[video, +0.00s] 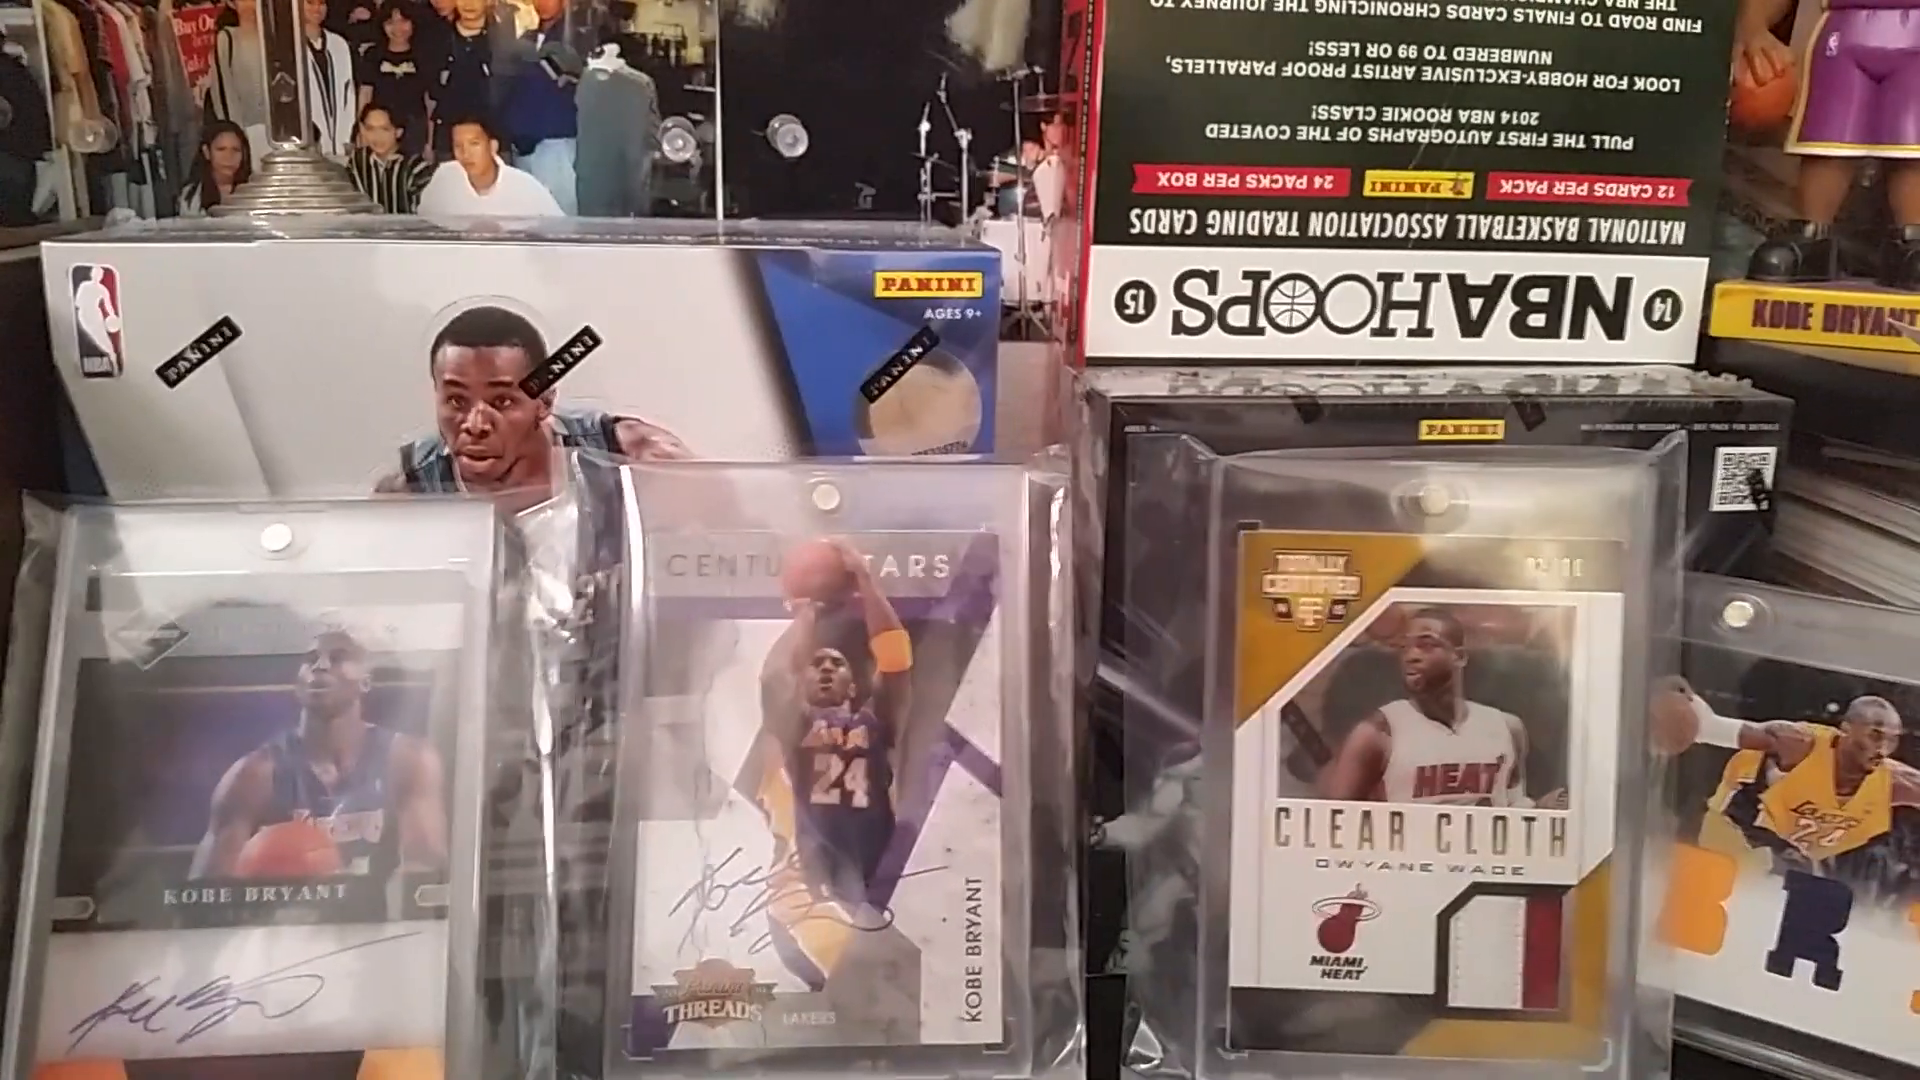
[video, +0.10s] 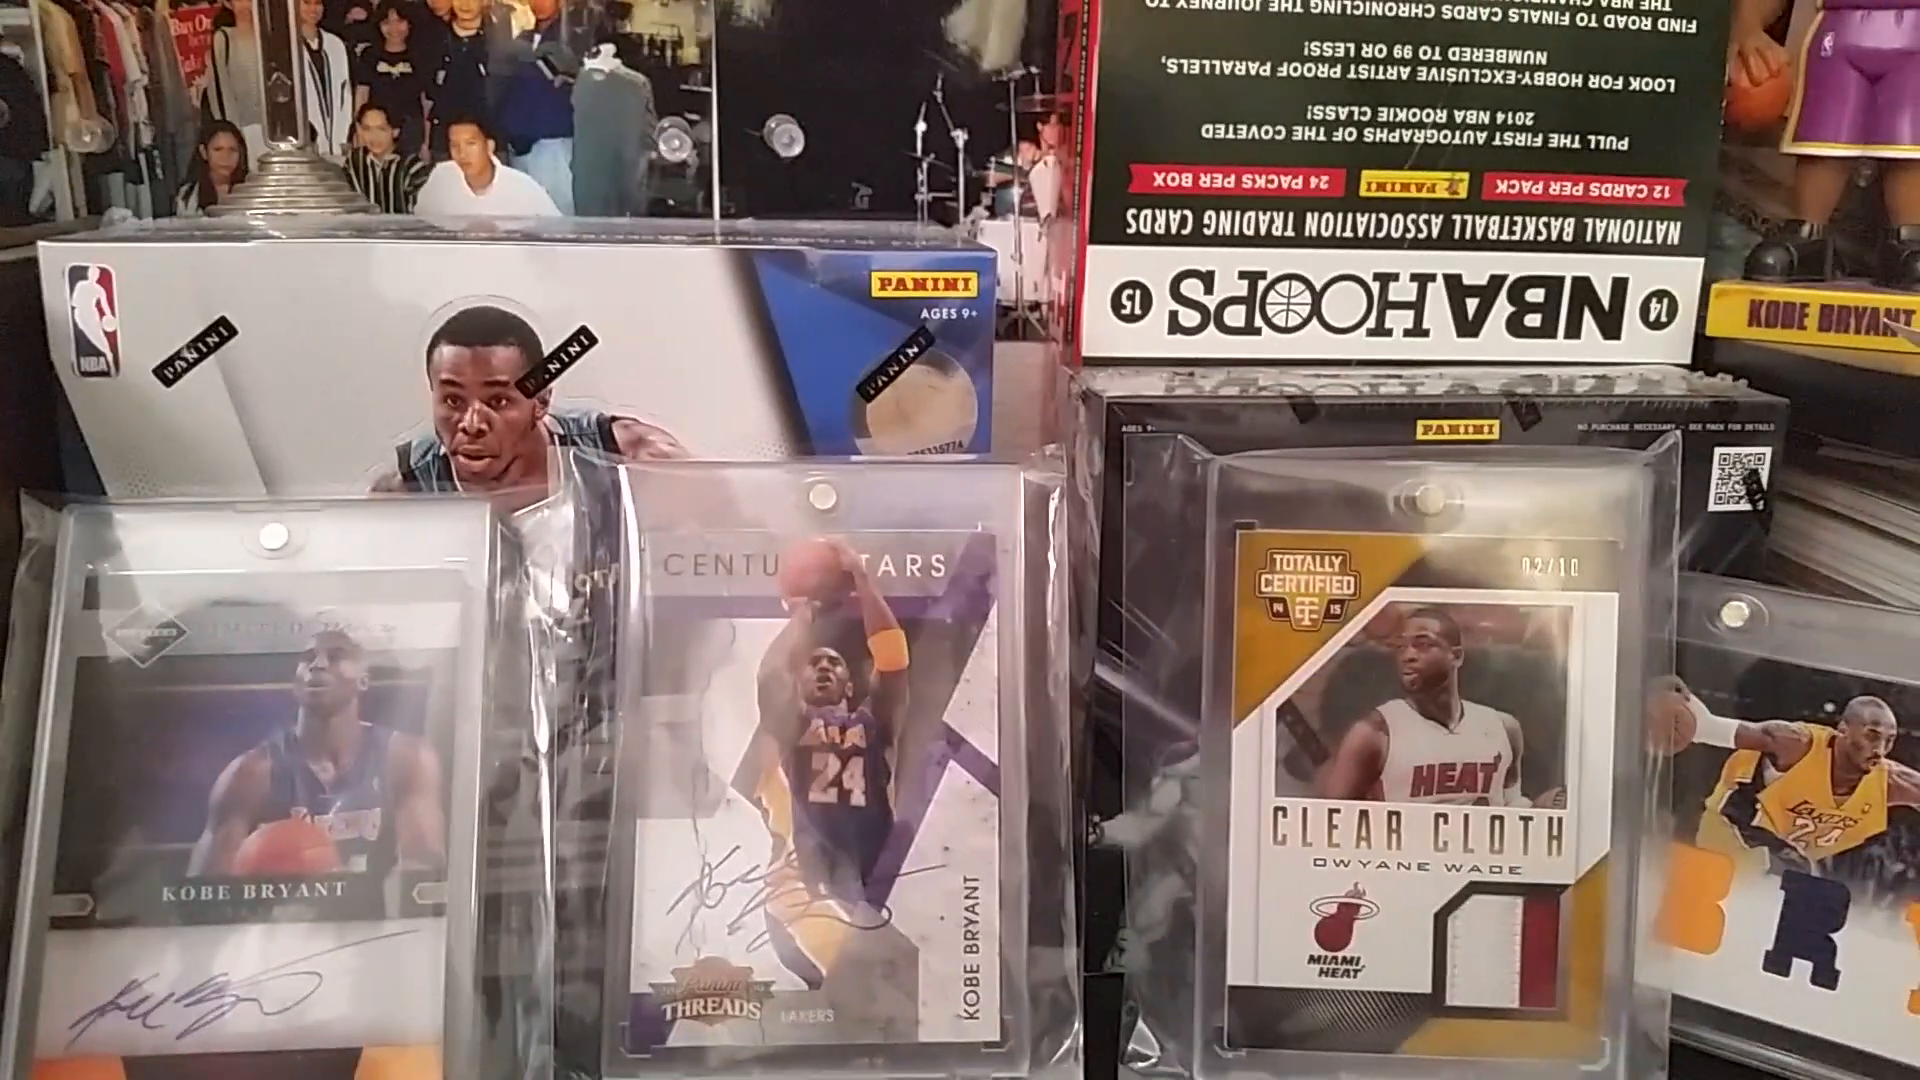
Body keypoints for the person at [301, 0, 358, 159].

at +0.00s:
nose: (318, 8)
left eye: (322, 3)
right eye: (311, 3)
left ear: (326, 8)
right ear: (299, 6)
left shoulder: (341, 44)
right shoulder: (292, 47)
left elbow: (350, 91)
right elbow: (290, 98)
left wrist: (348, 137)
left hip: (343, 144)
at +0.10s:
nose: (314, 8)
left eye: (318, 3)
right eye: (307, 3)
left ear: (323, 8)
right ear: (296, 6)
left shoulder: (337, 44)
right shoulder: (288, 47)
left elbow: (347, 90)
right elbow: (286, 97)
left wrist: (345, 137)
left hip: (339, 143)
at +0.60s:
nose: (311, 9)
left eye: (316, 4)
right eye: (305, 3)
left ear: (321, 8)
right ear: (293, 6)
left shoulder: (333, 43)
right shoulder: (287, 46)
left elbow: (343, 90)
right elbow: (286, 95)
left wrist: (340, 136)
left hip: (334, 141)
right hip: (305, 143)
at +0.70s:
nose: (315, 9)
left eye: (319, 4)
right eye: (308, 3)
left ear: (324, 8)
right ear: (296, 7)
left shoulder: (336, 44)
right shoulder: (289, 47)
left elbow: (346, 90)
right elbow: (288, 96)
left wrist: (344, 136)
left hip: (338, 142)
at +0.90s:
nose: (334, 10)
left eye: (338, 4)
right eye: (326, 4)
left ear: (342, 8)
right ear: (315, 7)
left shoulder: (355, 44)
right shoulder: (309, 47)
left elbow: (365, 91)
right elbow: (307, 97)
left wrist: (362, 137)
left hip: (357, 143)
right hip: (326, 144)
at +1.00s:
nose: (344, 9)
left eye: (347, 4)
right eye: (336, 3)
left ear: (352, 8)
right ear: (324, 7)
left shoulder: (365, 44)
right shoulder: (316, 46)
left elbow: (374, 92)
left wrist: (371, 138)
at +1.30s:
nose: (356, 10)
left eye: (360, 4)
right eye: (350, 4)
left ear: (365, 8)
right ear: (339, 7)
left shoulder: (378, 44)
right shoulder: (331, 46)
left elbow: (387, 90)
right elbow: (331, 94)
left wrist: (385, 135)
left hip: (378, 139)